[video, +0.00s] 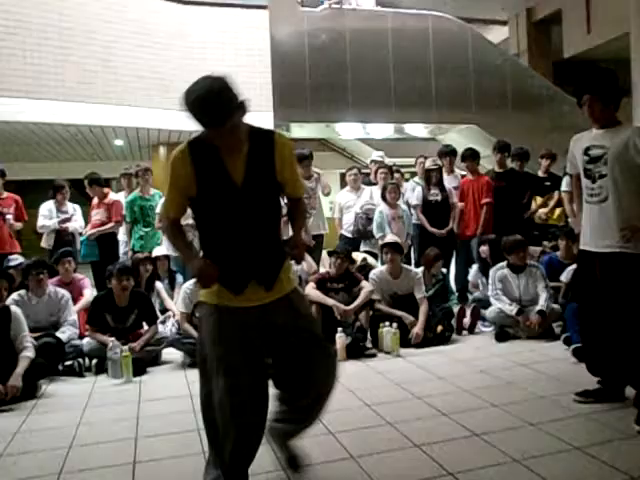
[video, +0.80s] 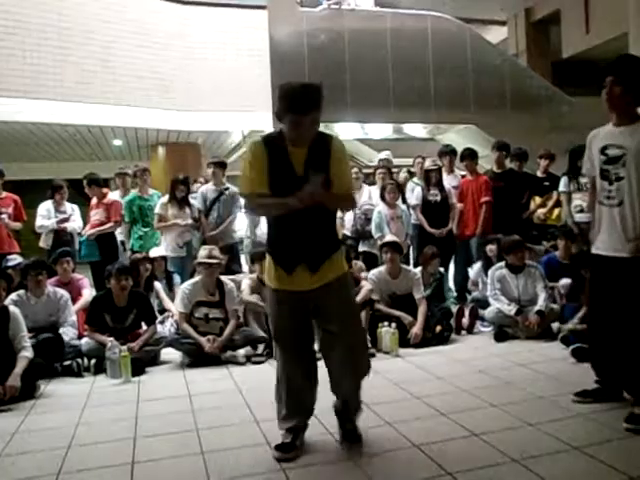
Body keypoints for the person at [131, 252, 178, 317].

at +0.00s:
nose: (147, 268)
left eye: (150, 264)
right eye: (143, 264)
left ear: (152, 267)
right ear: (137, 267)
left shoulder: (156, 285)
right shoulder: (131, 286)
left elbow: (166, 300)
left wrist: (176, 313)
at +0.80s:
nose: (147, 267)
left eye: (148, 263)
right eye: (142, 264)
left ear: (151, 265)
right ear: (136, 267)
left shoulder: (155, 285)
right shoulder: (130, 288)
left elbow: (166, 302)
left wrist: (176, 313)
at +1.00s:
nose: (156, 267)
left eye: (158, 263)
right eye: (152, 264)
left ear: (161, 265)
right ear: (146, 268)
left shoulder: (165, 285)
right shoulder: (141, 288)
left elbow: (177, 302)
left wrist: (187, 314)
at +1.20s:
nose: (158, 260)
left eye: (160, 257)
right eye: (153, 258)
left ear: (163, 259)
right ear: (147, 261)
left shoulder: (167, 279)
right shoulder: (142, 281)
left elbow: (176, 293)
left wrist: (186, 307)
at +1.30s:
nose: (154, 258)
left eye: (156, 254)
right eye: (149, 255)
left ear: (160, 257)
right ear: (144, 259)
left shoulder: (163, 276)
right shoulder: (139, 279)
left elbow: (173, 291)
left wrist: (182, 305)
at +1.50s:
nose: (147, 257)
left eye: (149, 253)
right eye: (143, 254)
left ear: (153, 256)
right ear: (138, 257)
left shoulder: (157, 275)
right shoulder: (132, 276)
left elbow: (166, 290)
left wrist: (177, 304)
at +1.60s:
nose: (143, 257)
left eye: (144, 253)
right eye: (138, 254)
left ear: (148, 256)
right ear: (133, 258)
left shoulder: (152, 276)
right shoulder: (128, 278)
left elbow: (162, 291)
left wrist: (172, 304)